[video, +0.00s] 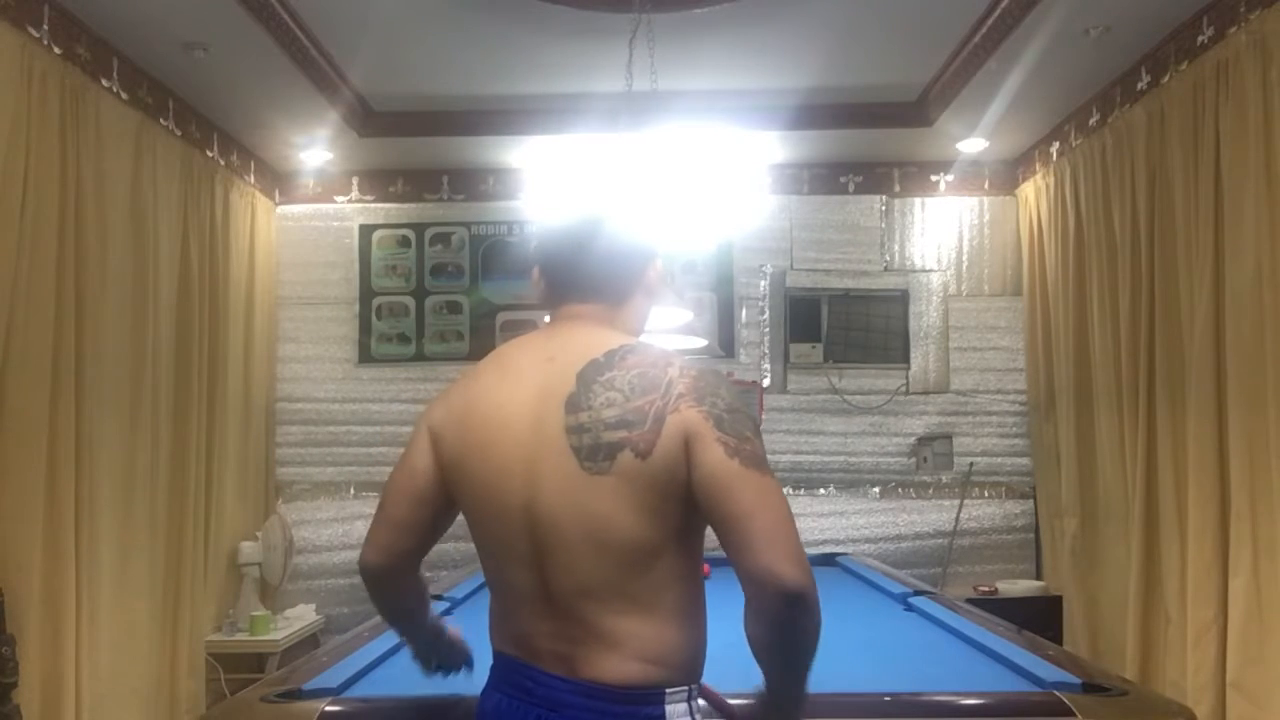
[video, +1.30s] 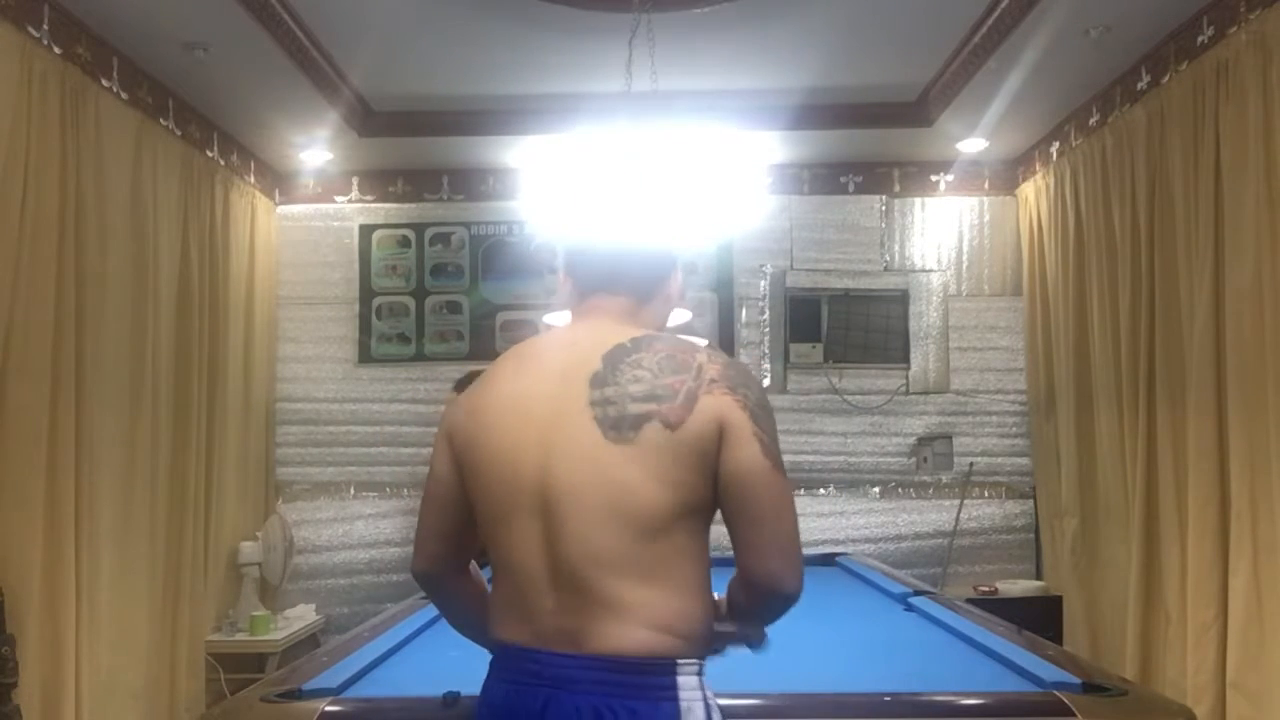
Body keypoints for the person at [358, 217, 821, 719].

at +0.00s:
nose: (661, 282)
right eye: (659, 269)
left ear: (542, 280)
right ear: (646, 276)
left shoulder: (467, 392)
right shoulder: (689, 387)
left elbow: (383, 560)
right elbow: (785, 584)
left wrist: (428, 637)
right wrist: (781, 700)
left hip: (512, 698)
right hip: (648, 703)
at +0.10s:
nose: (666, 281)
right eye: (665, 269)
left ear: (546, 277)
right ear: (654, 274)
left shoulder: (471, 390)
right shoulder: (700, 386)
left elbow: (388, 564)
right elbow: (789, 582)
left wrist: (417, 664)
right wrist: (761, 674)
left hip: (521, 697)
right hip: (660, 702)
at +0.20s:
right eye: (673, 272)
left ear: (550, 273)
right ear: (663, 275)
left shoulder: (476, 391)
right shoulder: (712, 386)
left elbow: (391, 566)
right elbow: (807, 581)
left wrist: (414, 673)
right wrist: (759, 645)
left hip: (535, 699)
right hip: (678, 703)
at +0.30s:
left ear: (562, 268)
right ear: (675, 270)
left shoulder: (485, 390)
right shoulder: (735, 384)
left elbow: (404, 568)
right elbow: (827, 578)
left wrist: (426, 656)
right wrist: (767, 626)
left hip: (547, 698)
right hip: (691, 700)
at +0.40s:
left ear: (573, 266)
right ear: (686, 265)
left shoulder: (489, 390)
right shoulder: (750, 385)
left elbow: (415, 571)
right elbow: (833, 586)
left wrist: (456, 647)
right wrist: (770, 616)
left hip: (550, 699)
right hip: (697, 701)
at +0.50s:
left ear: (581, 264)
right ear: (693, 264)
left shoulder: (493, 388)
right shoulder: (758, 387)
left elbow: (425, 571)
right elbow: (834, 594)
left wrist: (477, 647)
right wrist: (775, 613)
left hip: (549, 699)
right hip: (700, 701)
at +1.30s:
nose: (680, 291)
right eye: (681, 277)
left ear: (566, 277)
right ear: (674, 284)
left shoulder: (481, 390)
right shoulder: (715, 381)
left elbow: (435, 564)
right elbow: (775, 576)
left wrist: (511, 638)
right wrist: (734, 615)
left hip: (512, 695)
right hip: (656, 698)